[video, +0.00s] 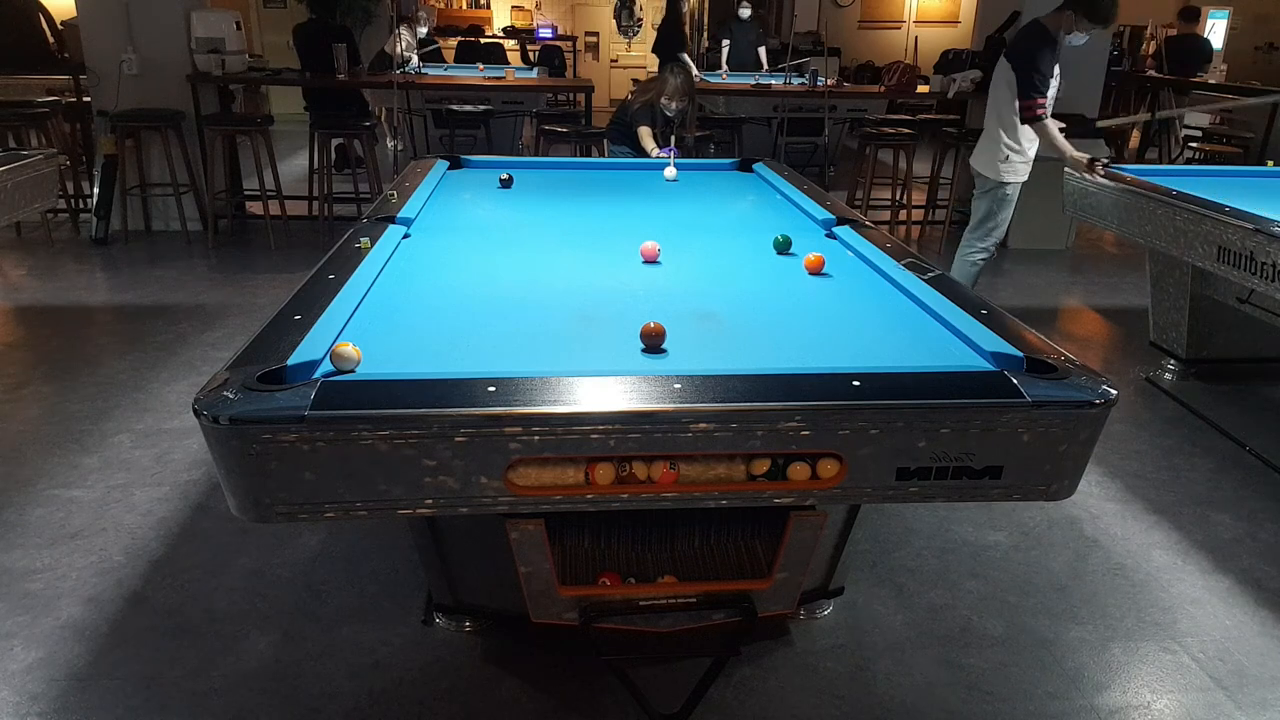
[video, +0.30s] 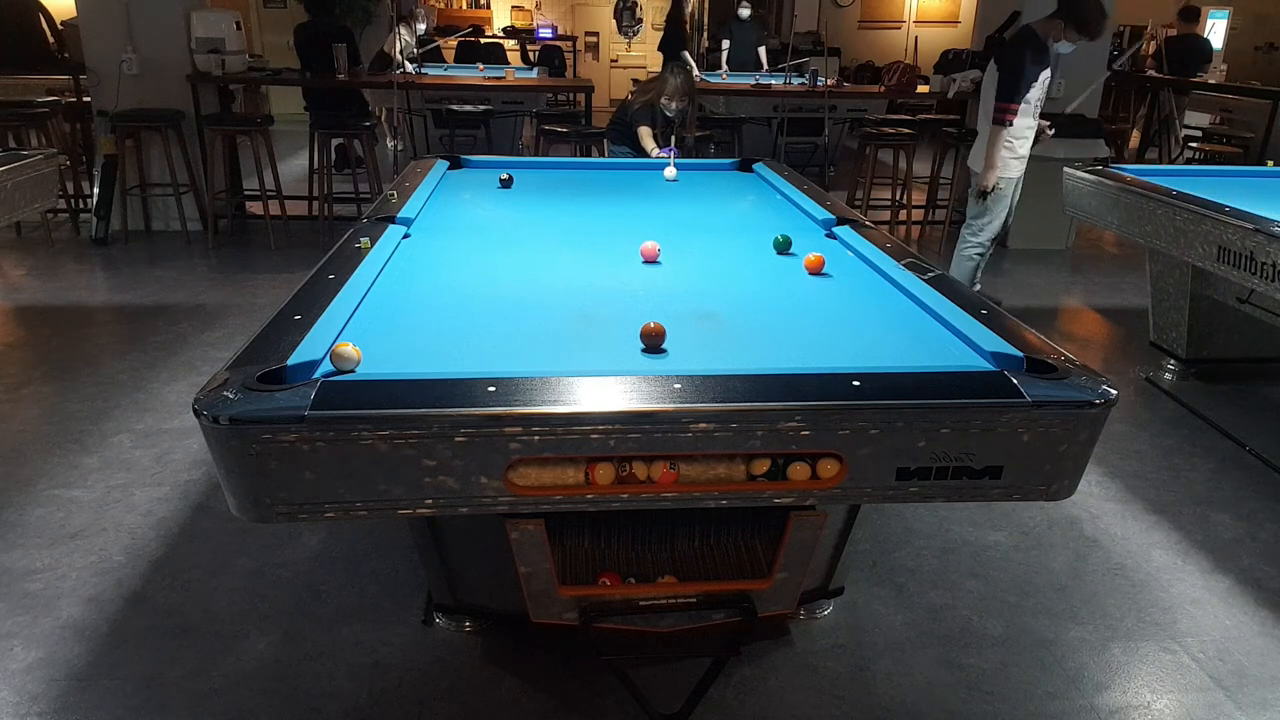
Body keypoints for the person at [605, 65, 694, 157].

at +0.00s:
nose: (674, 106)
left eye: (682, 101)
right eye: (668, 99)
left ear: (690, 98)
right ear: (658, 93)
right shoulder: (642, 101)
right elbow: (645, 135)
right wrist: (656, 153)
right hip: (623, 142)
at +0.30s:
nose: (674, 106)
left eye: (682, 101)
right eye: (668, 99)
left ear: (689, 98)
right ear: (658, 93)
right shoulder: (643, 102)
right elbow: (645, 135)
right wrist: (656, 153)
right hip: (623, 142)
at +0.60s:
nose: (674, 106)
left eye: (682, 101)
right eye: (668, 99)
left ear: (690, 98)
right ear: (658, 93)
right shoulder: (643, 102)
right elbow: (645, 135)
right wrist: (656, 153)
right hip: (623, 142)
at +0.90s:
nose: (674, 106)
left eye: (681, 101)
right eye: (667, 99)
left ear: (689, 98)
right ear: (658, 93)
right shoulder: (643, 101)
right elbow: (645, 135)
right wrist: (656, 153)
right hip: (623, 142)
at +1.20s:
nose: (674, 106)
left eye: (681, 101)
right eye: (667, 99)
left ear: (689, 99)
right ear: (658, 93)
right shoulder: (642, 102)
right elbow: (645, 136)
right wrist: (656, 153)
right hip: (623, 142)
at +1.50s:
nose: (673, 106)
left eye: (681, 101)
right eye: (667, 99)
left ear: (689, 99)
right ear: (657, 93)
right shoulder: (643, 102)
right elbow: (645, 136)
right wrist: (656, 153)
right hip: (624, 142)